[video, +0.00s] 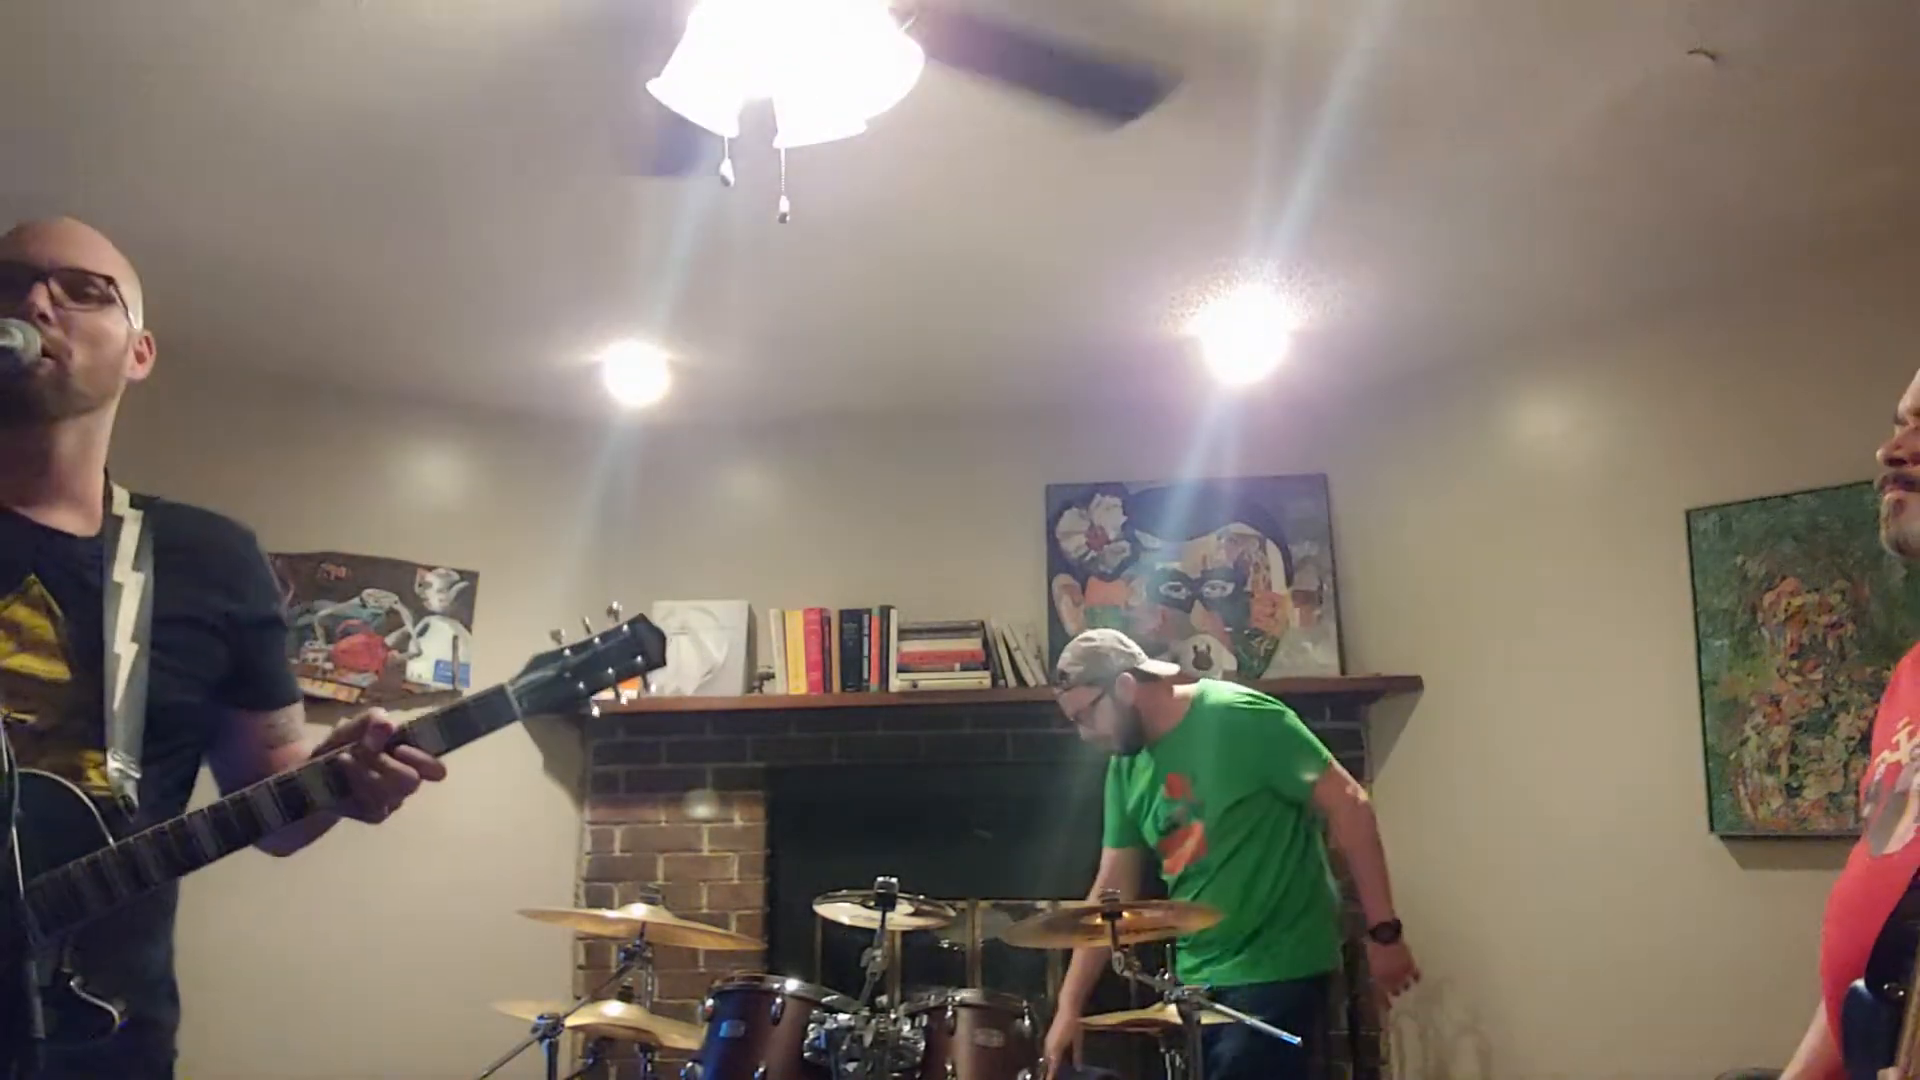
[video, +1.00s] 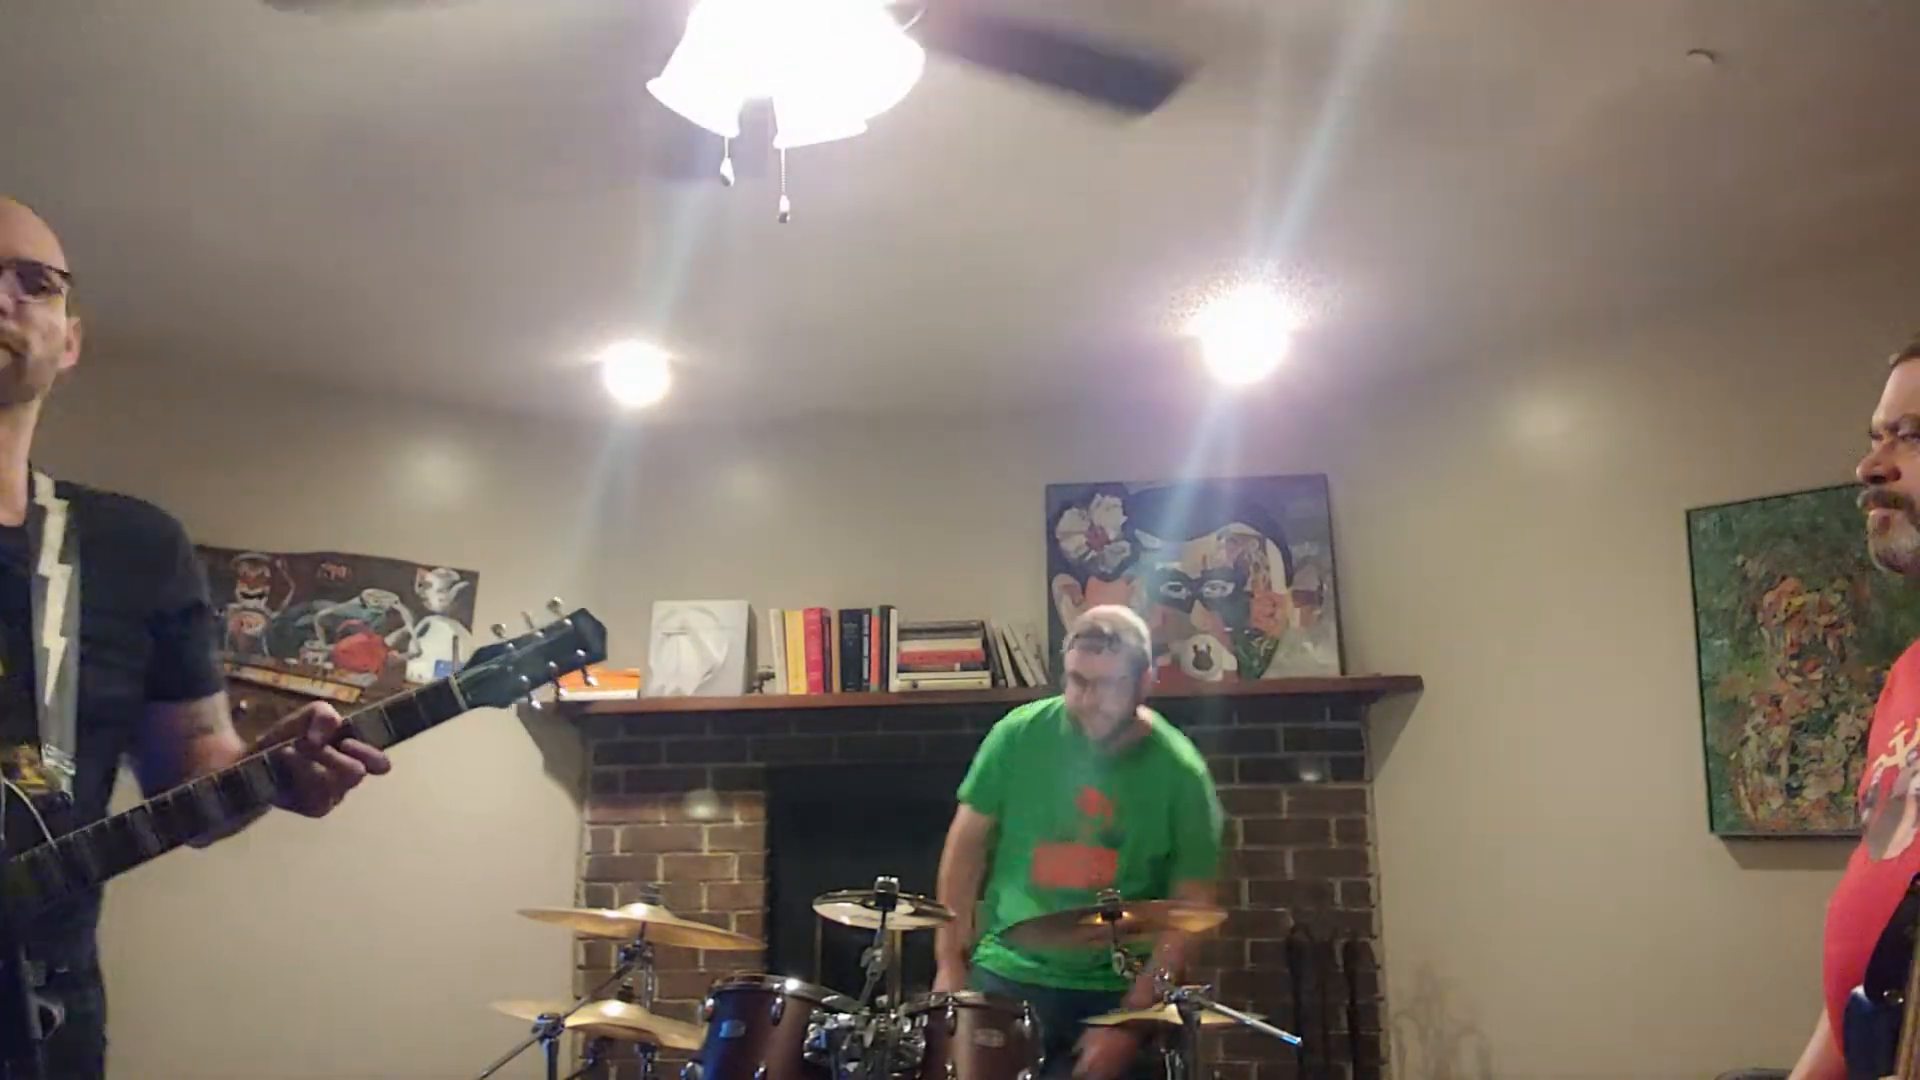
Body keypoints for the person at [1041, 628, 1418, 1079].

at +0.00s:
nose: (1086, 734)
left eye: (1086, 716)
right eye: (1077, 723)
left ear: (1125, 687)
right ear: (1125, 689)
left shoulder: (1241, 716)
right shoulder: (1126, 764)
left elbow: (1349, 803)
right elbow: (1111, 893)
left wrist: (1384, 931)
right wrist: (1069, 1005)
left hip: (1280, 976)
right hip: (1197, 980)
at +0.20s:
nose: (1081, 728)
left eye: (1083, 710)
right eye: (1072, 716)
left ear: (1127, 684)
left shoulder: (1248, 724)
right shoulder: (1110, 762)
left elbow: (1339, 819)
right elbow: (1095, 892)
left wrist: (1358, 945)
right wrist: (1066, 1006)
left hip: (1262, 991)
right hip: (1157, 990)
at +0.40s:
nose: (1077, 716)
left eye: (1082, 699)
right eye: (1069, 703)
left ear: (1126, 676)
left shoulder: (1241, 719)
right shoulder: (1099, 753)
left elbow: (1326, 816)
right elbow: (1087, 879)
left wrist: (1339, 942)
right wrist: (1057, 1001)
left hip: (1242, 977)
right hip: (1135, 970)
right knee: (1082, 1072)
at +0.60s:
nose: (1088, 685)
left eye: (1095, 669)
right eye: (1081, 672)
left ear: (1142, 650)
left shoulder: (1244, 719)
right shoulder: (1093, 729)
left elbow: (1319, 825)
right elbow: (1076, 855)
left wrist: (1329, 952)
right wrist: (1050, 966)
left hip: (1207, 973)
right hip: (1106, 960)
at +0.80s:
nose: (1093, 665)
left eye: (1108, 650)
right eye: (1085, 650)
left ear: (1162, 642)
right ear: (1078, 647)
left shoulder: (1232, 736)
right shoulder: (1069, 718)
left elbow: (1276, 853)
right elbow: (1030, 840)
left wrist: (1262, 970)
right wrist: (998, 957)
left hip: (1170, 980)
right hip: (1061, 964)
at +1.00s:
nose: (1084, 700)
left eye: (1103, 686)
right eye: (1075, 681)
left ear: (1145, 682)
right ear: (1064, 670)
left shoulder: (1180, 772)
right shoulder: (1017, 738)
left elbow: (1192, 912)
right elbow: (965, 843)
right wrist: (949, 964)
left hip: (1116, 988)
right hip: (1007, 975)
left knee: (1115, 1064)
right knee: (963, 1064)